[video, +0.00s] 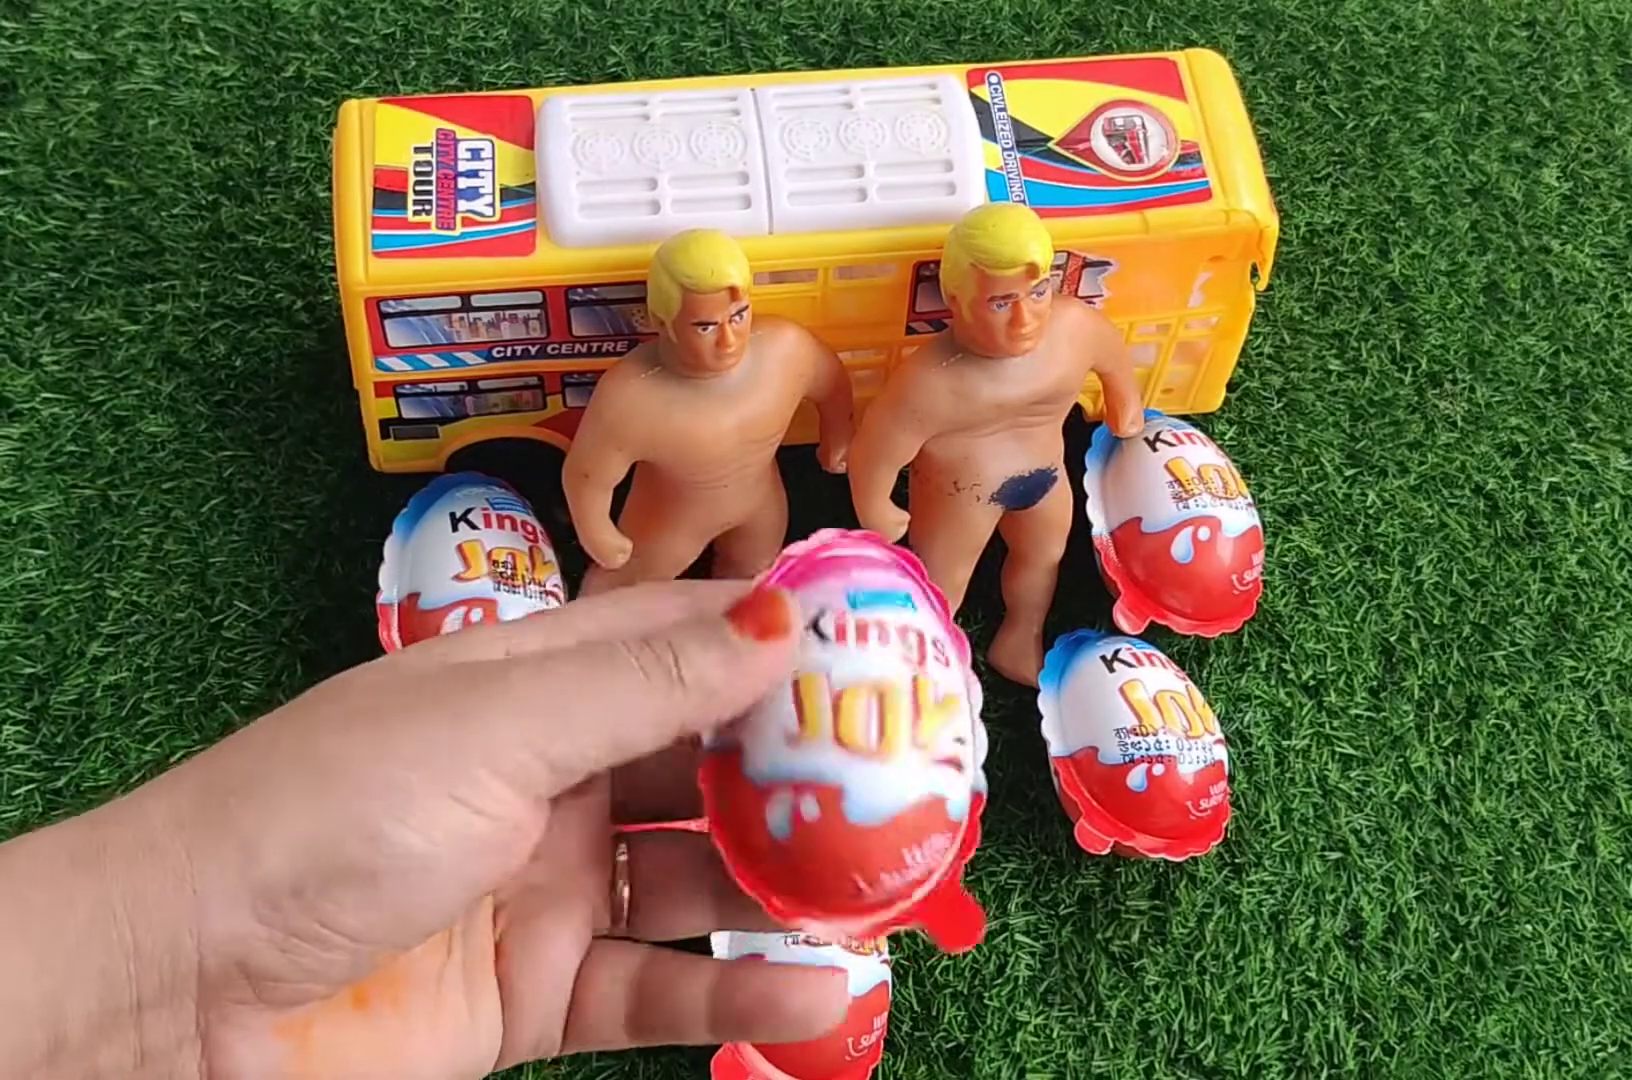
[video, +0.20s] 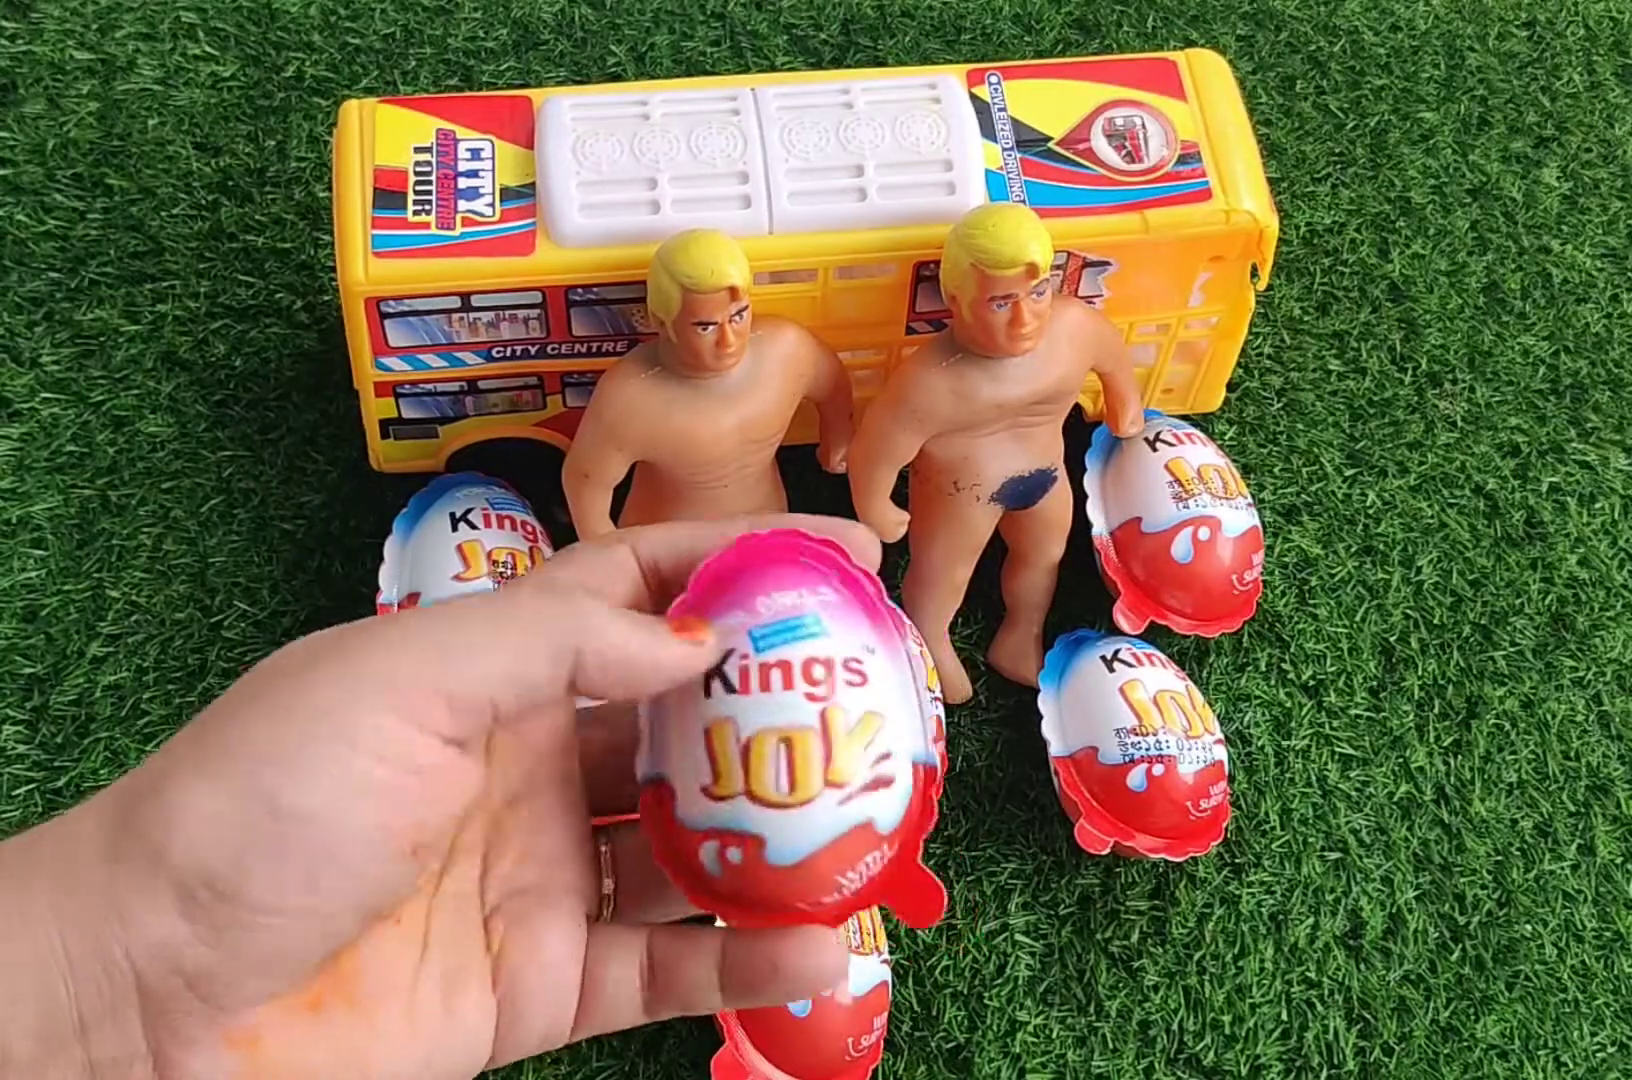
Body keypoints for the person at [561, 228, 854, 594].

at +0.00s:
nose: (728, 340)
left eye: (739, 316)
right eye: (705, 326)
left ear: (750, 301)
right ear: (663, 323)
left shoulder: (788, 350)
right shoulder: (629, 397)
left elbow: (833, 387)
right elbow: (586, 477)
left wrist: (836, 440)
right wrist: (598, 537)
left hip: (758, 500)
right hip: (671, 515)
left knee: (753, 585)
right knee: (627, 590)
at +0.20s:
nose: (727, 339)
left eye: (738, 316)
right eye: (704, 326)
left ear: (750, 299)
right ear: (662, 322)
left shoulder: (786, 349)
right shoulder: (627, 395)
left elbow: (832, 386)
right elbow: (583, 478)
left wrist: (835, 441)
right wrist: (604, 551)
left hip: (764, 529)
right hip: (663, 547)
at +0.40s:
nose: (728, 340)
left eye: (739, 315)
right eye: (705, 327)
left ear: (750, 301)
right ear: (664, 325)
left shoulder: (787, 350)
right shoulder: (627, 398)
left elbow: (832, 389)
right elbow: (584, 479)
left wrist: (834, 444)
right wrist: (606, 550)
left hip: (764, 540)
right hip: (662, 557)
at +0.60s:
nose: (728, 340)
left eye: (739, 316)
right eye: (704, 326)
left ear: (750, 300)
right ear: (663, 324)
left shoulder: (789, 350)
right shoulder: (629, 397)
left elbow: (833, 387)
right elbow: (586, 476)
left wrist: (836, 440)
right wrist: (598, 537)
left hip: (758, 499)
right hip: (671, 514)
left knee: (750, 574)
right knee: (629, 586)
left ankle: (725, 643)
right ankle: (585, 648)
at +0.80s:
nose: (728, 339)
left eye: (738, 315)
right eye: (704, 327)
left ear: (749, 302)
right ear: (662, 326)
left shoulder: (787, 350)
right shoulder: (628, 399)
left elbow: (833, 389)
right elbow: (585, 478)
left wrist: (835, 447)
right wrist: (601, 540)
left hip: (758, 508)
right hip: (669, 520)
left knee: (766, 597)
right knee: (645, 615)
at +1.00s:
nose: (728, 340)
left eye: (739, 316)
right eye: (705, 327)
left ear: (750, 302)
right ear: (664, 327)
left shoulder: (786, 350)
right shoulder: (627, 399)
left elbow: (833, 390)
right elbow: (585, 480)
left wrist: (834, 447)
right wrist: (605, 558)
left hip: (757, 514)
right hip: (668, 528)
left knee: (760, 614)